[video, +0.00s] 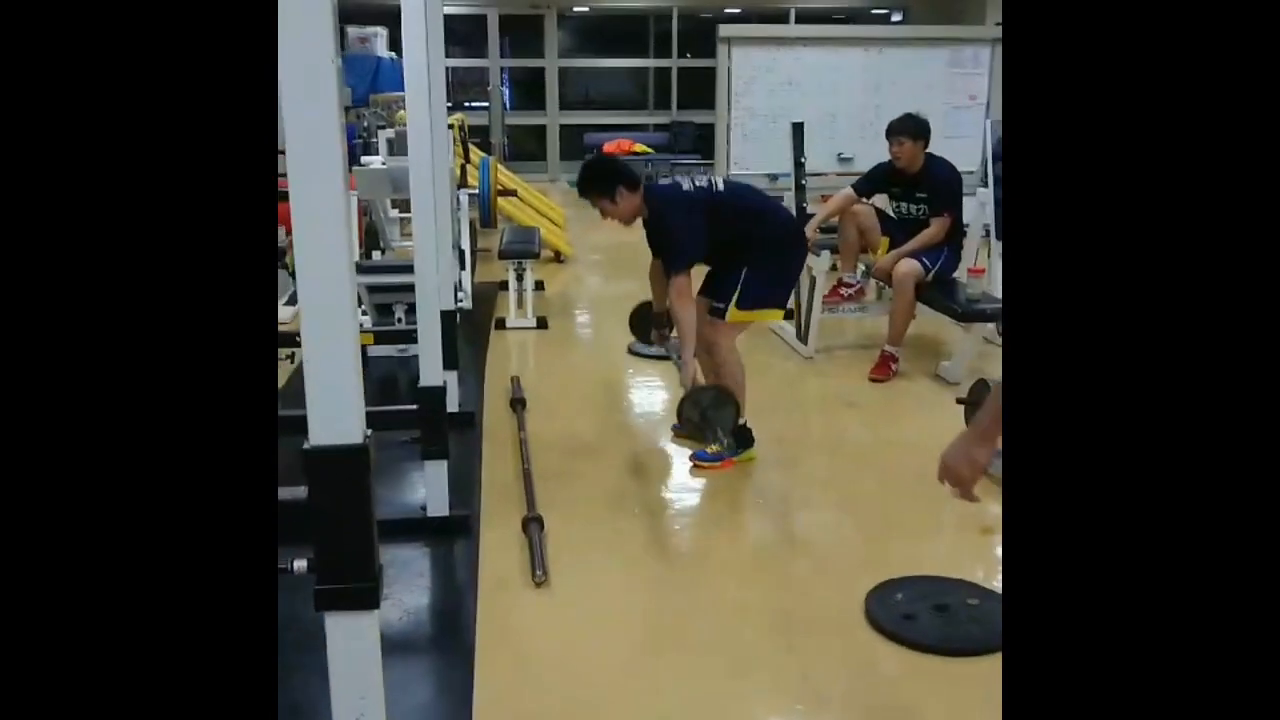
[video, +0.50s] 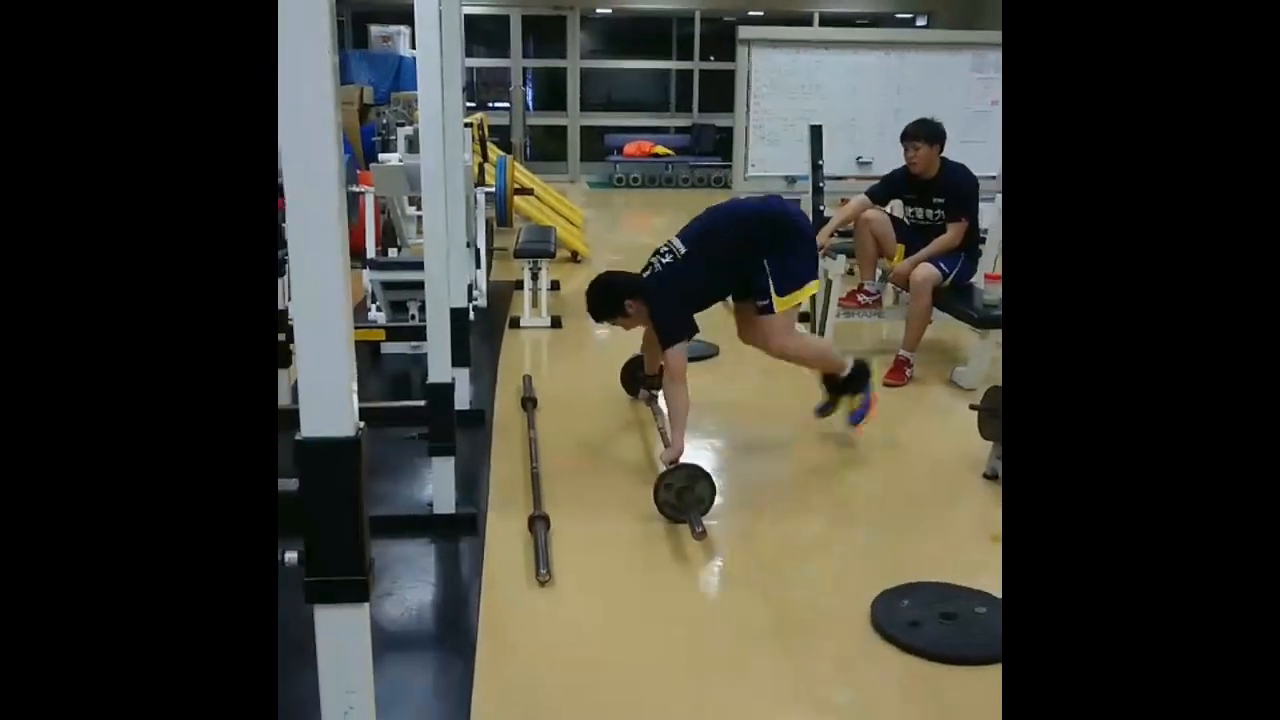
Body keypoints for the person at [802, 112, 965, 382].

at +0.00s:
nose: (894, 150)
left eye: (901, 143)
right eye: (891, 143)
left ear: (922, 144)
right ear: (888, 144)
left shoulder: (943, 174)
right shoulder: (887, 170)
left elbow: (938, 231)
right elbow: (848, 196)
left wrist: (893, 256)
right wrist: (812, 224)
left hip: (941, 246)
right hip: (902, 236)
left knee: (904, 271)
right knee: (852, 212)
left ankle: (890, 353)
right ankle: (849, 283)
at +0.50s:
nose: (910, 155)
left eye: (917, 148)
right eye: (906, 149)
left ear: (937, 149)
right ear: (903, 150)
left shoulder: (960, 179)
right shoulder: (902, 177)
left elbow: (954, 237)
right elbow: (861, 203)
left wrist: (910, 263)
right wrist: (825, 231)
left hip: (957, 252)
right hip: (916, 243)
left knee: (921, 276)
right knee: (867, 218)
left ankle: (904, 358)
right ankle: (868, 291)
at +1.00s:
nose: (920, 163)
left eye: (927, 157)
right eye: (917, 157)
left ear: (947, 156)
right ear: (913, 157)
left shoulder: (971, 186)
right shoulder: (911, 184)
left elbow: (965, 242)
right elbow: (870, 211)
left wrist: (922, 271)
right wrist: (836, 240)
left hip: (961, 257)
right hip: (924, 249)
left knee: (935, 283)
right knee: (877, 227)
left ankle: (915, 365)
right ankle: (880, 301)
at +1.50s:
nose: (915, 165)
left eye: (922, 158)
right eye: (912, 159)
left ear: (943, 158)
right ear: (909, 159)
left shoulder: (966, 189)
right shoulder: (908, 185)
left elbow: (957, 245)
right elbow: (865, 211)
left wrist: (914, 272)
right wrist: (829, 239)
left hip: (959, 262)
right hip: (921, 252)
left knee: (926, 285)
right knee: (872, 228)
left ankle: (906, 368)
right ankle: (873, 303)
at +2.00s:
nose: (907, 175)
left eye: (915, 169)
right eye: (904, 169)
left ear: (934, 170)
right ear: (901, 170)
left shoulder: (957, 199)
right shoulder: (899, 197)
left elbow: (947, 257)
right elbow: (858, 222)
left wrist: (906, 284)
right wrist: (819, 249)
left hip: (954, 273)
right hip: (914, 264)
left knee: (918, 295)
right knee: (864, 238)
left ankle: (899, 378)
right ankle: (864, 314)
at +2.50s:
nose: (897, 189)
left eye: (904, 183)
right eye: (893, 183)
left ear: (923, 184)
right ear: (890, 184)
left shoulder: (946, 213)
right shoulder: (889, 212)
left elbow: (938, 270)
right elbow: (849, 236)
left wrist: (897, 297)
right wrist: (811, 262)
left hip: (943, 287)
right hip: (903, 278)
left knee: (907, 309)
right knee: (854, 252)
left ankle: (890, 390)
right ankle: (855, 327)